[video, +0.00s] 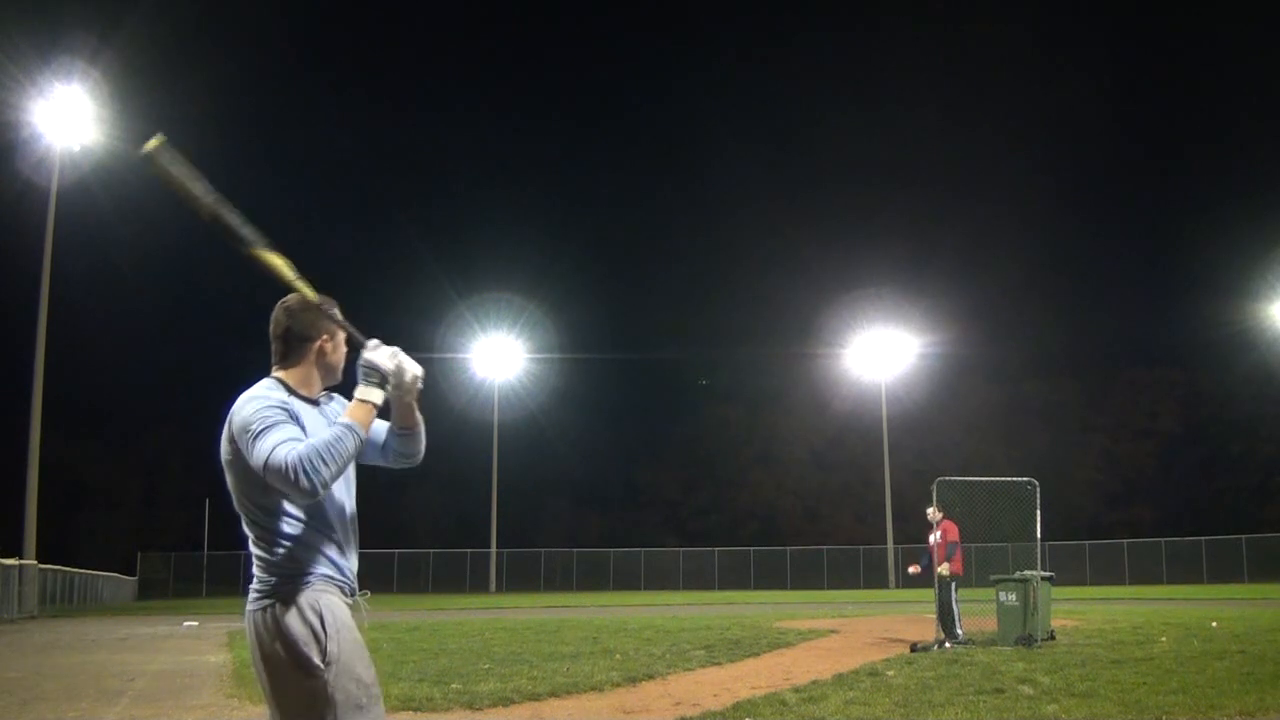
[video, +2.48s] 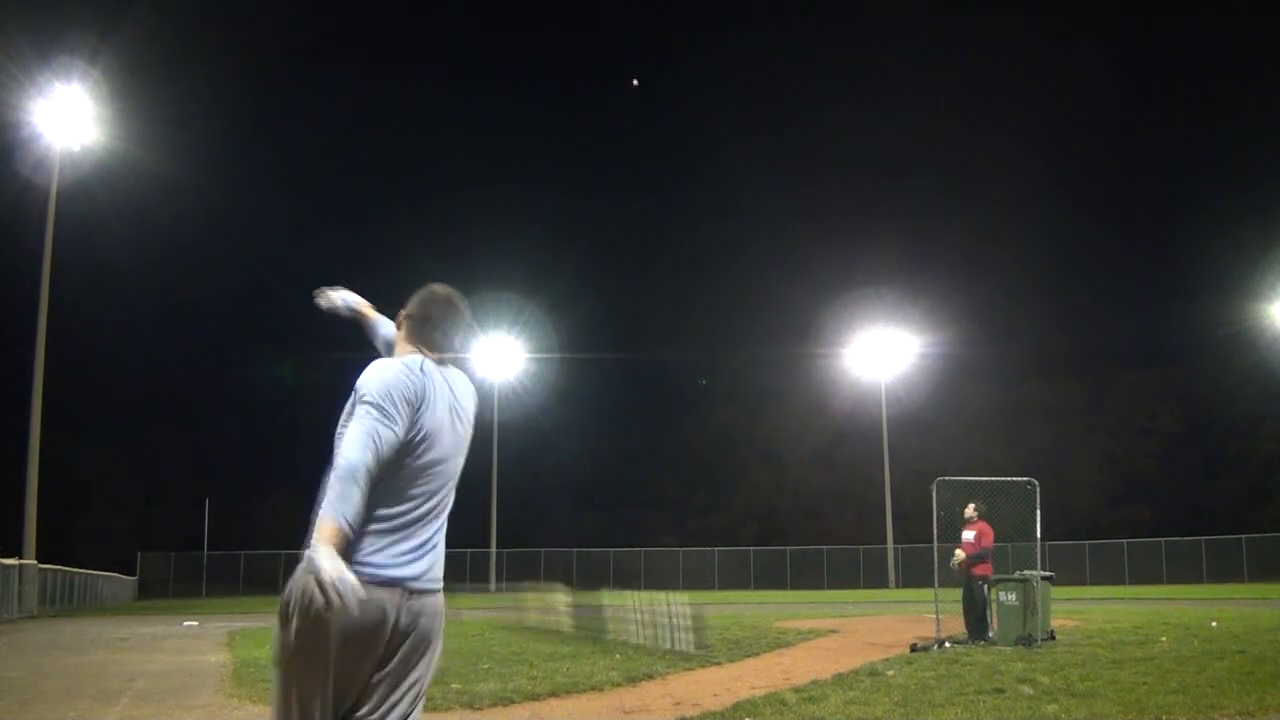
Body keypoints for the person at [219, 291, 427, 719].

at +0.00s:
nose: (347, 354)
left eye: (346, 344)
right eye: (344, 343)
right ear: (323, 346)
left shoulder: (333, 410)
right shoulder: (256, 407)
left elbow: (406, 452)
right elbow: (306, 474)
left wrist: (405, 397)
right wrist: (370, 392)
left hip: (325, 601)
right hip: (296, 605)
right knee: (357, 712)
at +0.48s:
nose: (337, 366)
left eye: (336, 357)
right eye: (335, 355)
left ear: (272, 354)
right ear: (318, 358)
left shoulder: (324, 431)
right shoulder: (252, 412)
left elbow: (394, 472)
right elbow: (287, 447)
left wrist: (387, 412)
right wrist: (351, 398)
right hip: (309, 612)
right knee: (372, 711)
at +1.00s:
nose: (387, 357)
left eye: (389, 346)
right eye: (387, 344)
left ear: (324, 338)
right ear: (370, 346)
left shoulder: (366, 423)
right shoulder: (293, 386)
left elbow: (420, 486)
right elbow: (308, 418)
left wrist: (432, 428)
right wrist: (402, 391)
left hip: (328, 608)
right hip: (296, 610)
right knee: (364, 710)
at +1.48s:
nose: (459, 373)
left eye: (459, 362)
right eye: (456, 363)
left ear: (397, 358)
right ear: (437, 369)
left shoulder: (426, 425)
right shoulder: (345, 408)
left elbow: (454, 520)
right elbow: (325, 471)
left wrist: (463, 490)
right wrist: (428, 458)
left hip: (375, 577)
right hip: (303, 600)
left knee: (480, 569)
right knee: (347, 708)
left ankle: (466, 709)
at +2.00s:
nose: (515, 426)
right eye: (518, 419)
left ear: (468, 383)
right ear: (510, 422)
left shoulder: (391, 409)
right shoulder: (506, 478)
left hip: (338, 621)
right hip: (416, 642)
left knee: (334, 714)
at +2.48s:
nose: (396, 326)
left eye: (398, 320)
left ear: (404, 325)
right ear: (457, 343)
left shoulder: (391, 377)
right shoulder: (464, 391)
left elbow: (356, 458)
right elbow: (406, 350)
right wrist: (363, 310)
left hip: (342, 594)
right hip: (423, 608)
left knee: (303, 713)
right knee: (390, 713)